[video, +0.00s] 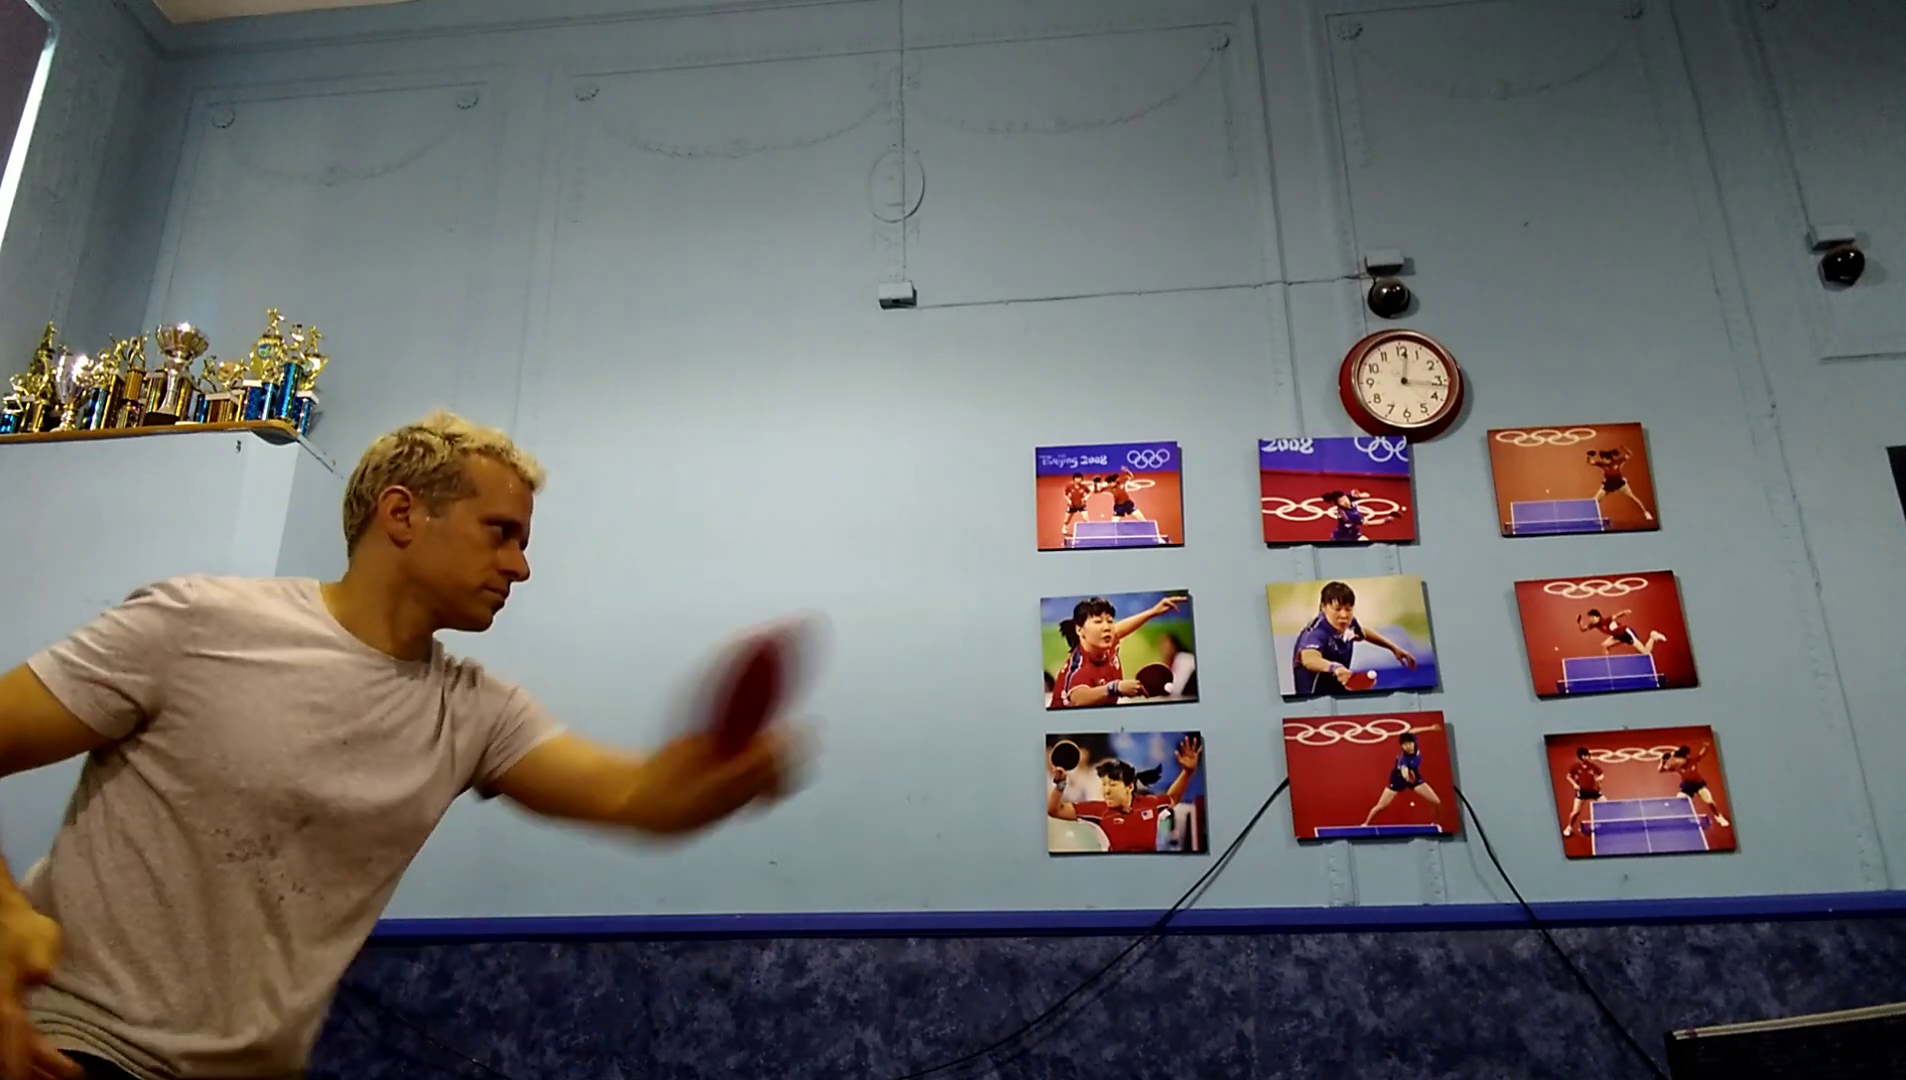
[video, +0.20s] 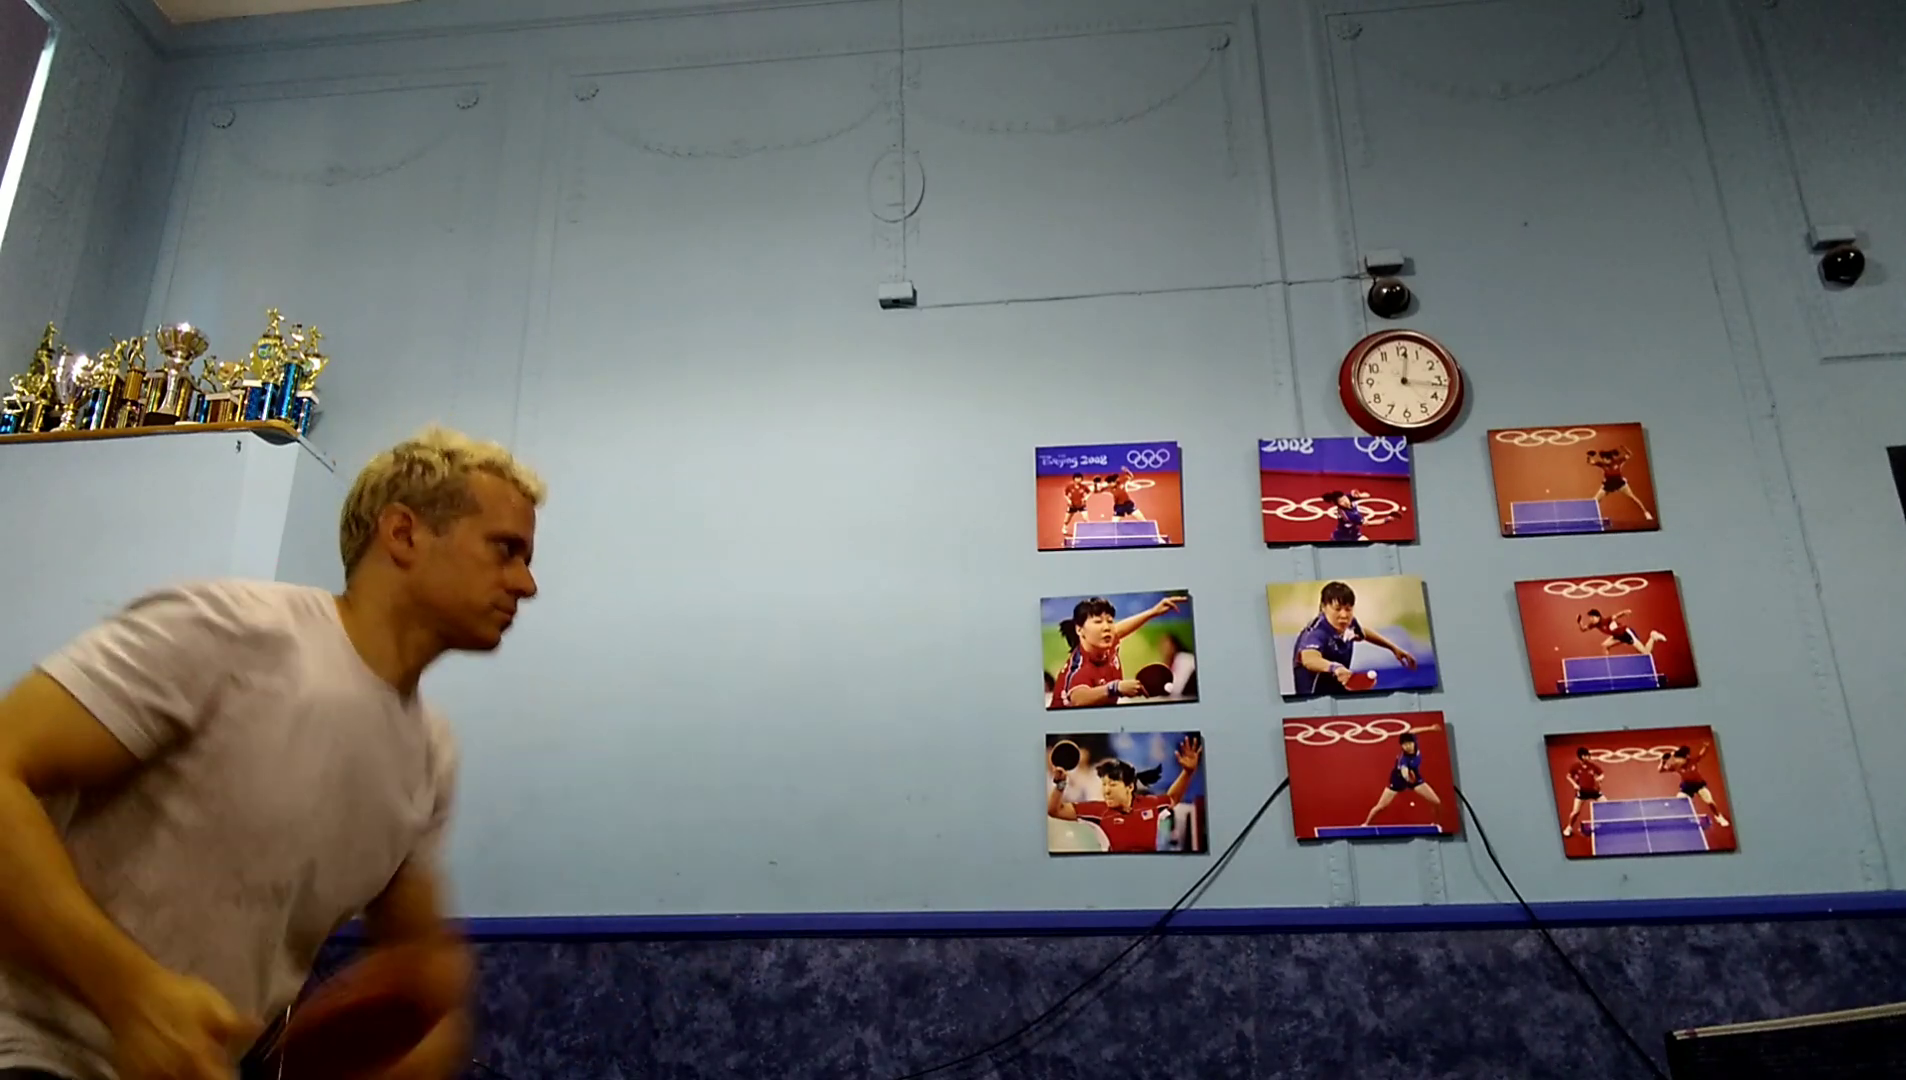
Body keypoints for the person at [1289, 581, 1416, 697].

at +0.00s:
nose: (1344, 615)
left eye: (1348, 609)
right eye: (1338, 609)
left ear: (1353, 609)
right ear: (1324, 608)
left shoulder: (1349, 624)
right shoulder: (1316, 633)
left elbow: (1364, 633)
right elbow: (1309, 660)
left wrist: (1394, 649)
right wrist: (1335, 668)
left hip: (1341, 703)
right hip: (1314, 707)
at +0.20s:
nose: (1344, 615)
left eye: (1348, 609)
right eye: (1338, 609)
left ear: (1353, 609)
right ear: (1324, 608)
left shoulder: (1349, 624)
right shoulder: (1315, 632)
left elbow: (1364, 634)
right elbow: (1309, 660)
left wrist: (1395, 649)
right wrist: (1335, 668)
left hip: (1340, 703)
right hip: (1313, 707)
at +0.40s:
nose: (1344, 615)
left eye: (1348, 609)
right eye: (1338, 609)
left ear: (1353, 609)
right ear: (1324, 608)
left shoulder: (1349, 624)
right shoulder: (1316, 632)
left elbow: (1364, 634)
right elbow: (1309, 660)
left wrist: (1395, 649)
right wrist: (1335, 668)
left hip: (1341, 704)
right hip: (1314, 708)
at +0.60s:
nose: (1344, 615)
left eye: (1348, 609)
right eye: (1338, 609)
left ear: (1353, 609)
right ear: (1324, 608)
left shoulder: (1349, 624)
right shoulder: (1316, 633)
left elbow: (1364, 633)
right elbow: (1309, 660)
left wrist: (1394, 649)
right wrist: (1335, 668)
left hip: (1341, 703)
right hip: (1314, 707)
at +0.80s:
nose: (1344, 615)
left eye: (1348, 609)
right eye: (1338, 609)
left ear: (1353, 609)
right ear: (1324, 608)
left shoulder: (1349, 624)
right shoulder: (1316, 633)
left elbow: (1364, 633)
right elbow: (1309, 660)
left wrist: (1394, 649)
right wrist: (1335, 668)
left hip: (1341, 703)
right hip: (1314, 707)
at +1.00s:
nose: (1344, 615)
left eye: (1348, 609)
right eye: (1338, 609)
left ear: (1353, 609)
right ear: (1324, 608)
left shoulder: (1349, 624)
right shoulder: (1316, 633)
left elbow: (1364, 633)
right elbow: (1309, 660)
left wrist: (1394, 649)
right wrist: (1335, 668)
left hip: (1341, 703)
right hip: (1314, 707)